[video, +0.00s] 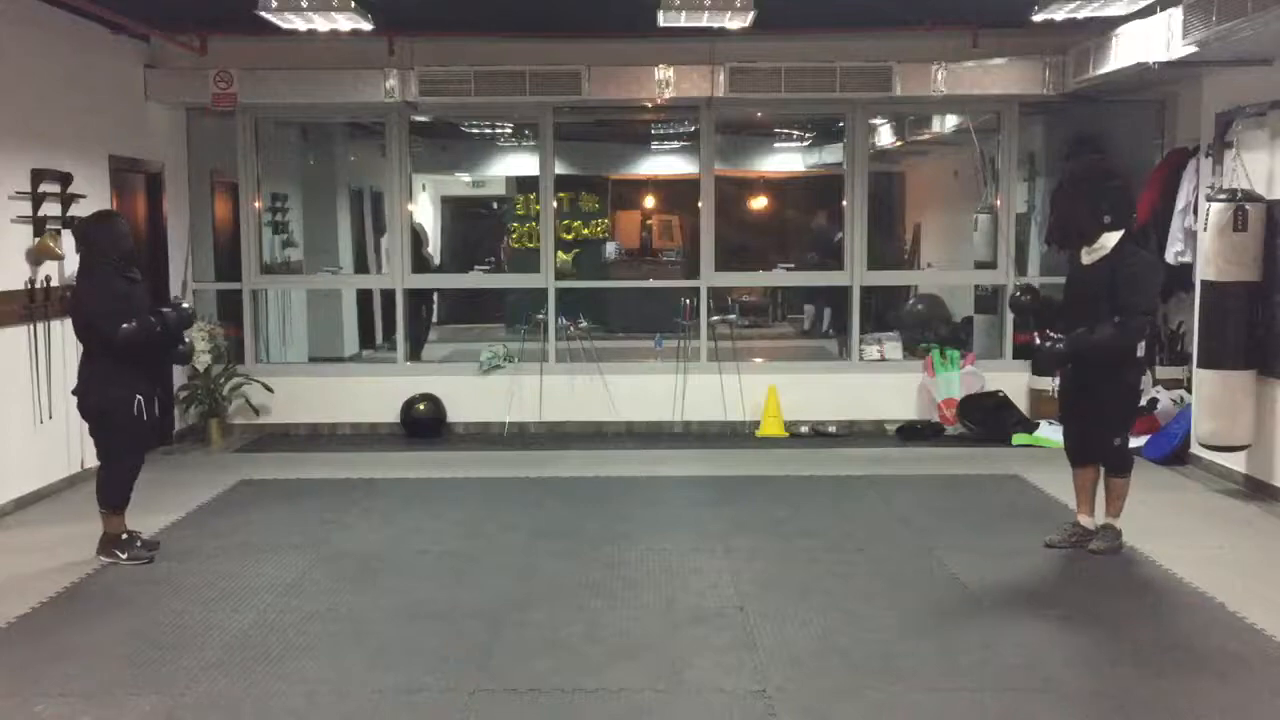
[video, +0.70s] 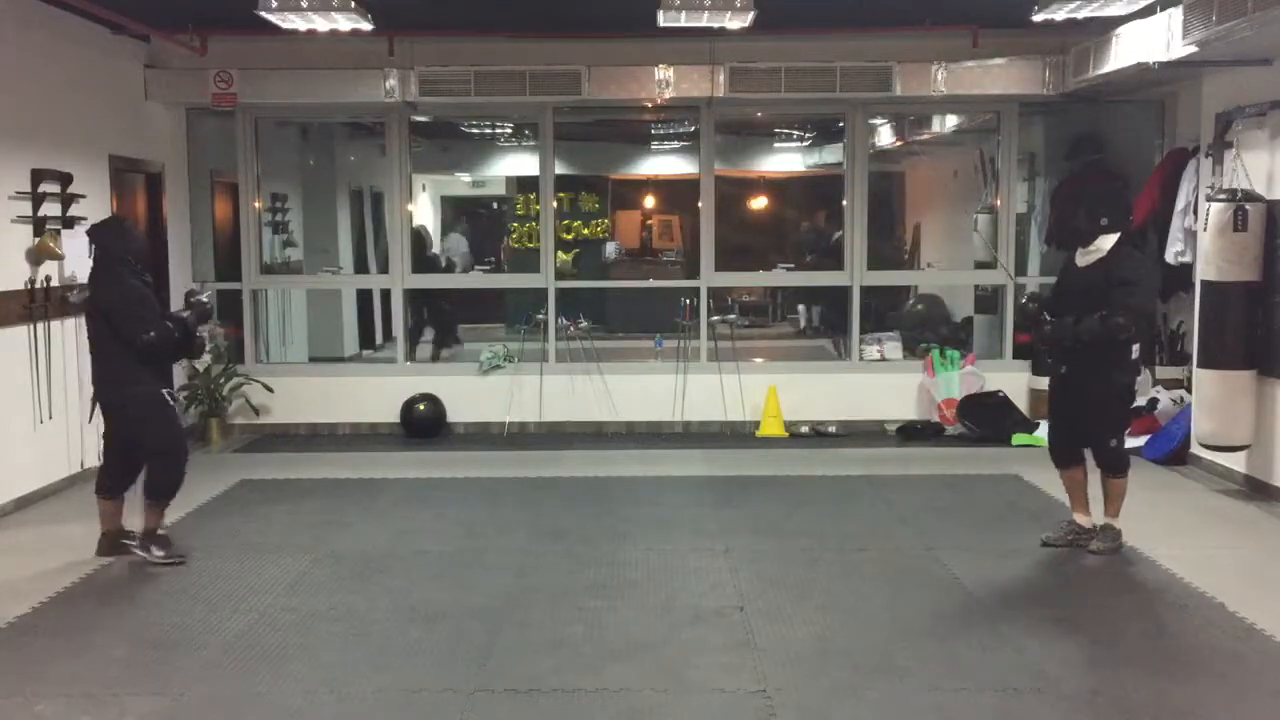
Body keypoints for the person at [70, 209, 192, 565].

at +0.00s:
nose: (129, 241)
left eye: (127, 235)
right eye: (121, 236)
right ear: (103, 243)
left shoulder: (121, 278)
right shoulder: (95, 284)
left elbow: (136, 325)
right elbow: (116, 336)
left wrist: (169, 341)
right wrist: (164, 321)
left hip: (129, 385)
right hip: (110, 388)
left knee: (127, 459)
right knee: (118, 459)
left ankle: (118, 533)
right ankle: (111, 539)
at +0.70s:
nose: (143, 242)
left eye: (139, 236)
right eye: (136, 238)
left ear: (105, 248)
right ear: (123, 246)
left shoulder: (105, 282)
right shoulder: (124, 284)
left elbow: (139, 334)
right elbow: (150, 340)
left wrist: (178, 324)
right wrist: (189, 319)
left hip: (115, 387)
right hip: (139, 387)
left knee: (121, 456)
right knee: (170, 452)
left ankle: (112, 534)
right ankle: (151, 535)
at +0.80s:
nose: (152, 246)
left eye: (149, 240)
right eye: (146, 240)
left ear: (115, 247)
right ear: (135, 246)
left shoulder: (113, 281)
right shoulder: (133, 284)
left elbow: (148, 338)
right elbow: (157, 341)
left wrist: (189, 333)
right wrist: (196, 320)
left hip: (120, 387)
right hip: (143, 389)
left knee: (123, 455)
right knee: (177, 448)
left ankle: (112, 534)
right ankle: (190, 538)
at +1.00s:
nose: (187, 259)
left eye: (184, 252)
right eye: (182, 252)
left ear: (140, 255)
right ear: (172, 256)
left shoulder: (133, 288)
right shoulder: (167, 295)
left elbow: (165, 347)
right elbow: (190, 354)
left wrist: (211, 335)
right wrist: (226, 334)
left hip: (140, 397)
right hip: (171, 400)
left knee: (134, 461)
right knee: (194, 466)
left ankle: (114, 533)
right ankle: (225, 541)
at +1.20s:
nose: (218, 249)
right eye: (213, 243)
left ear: (175, 249)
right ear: (205, 248)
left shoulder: (163, 283)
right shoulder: (200, 289)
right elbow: (221, 349)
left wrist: (238, 335)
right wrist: (257, 331)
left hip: (168, 386)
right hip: (199, 391)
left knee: (171, 454)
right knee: (213, 461)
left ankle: (131, 526)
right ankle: (228, 545)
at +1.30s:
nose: (234, 248)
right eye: (229, 242)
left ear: (193, 248)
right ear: (220, 248)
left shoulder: (185, 285)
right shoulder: (217, 291)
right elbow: (240, 351)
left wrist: (260, 332)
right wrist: (271, 327)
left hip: (186, 388)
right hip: (213, 394)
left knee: (187, 455)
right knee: (220, 464)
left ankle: (154, 527)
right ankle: (230, 546)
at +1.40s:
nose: (251, 251)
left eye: (248, 243)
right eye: (247, 244)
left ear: (206, 246)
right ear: (240, 248)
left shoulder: (187, 288)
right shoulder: (230, 289)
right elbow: (257, 347)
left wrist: (278, 327)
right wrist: (288, 323)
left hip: (193, 389)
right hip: (224, 393)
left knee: (206, 456)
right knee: (230, 461)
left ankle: (191, 533)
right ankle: (232, 546)